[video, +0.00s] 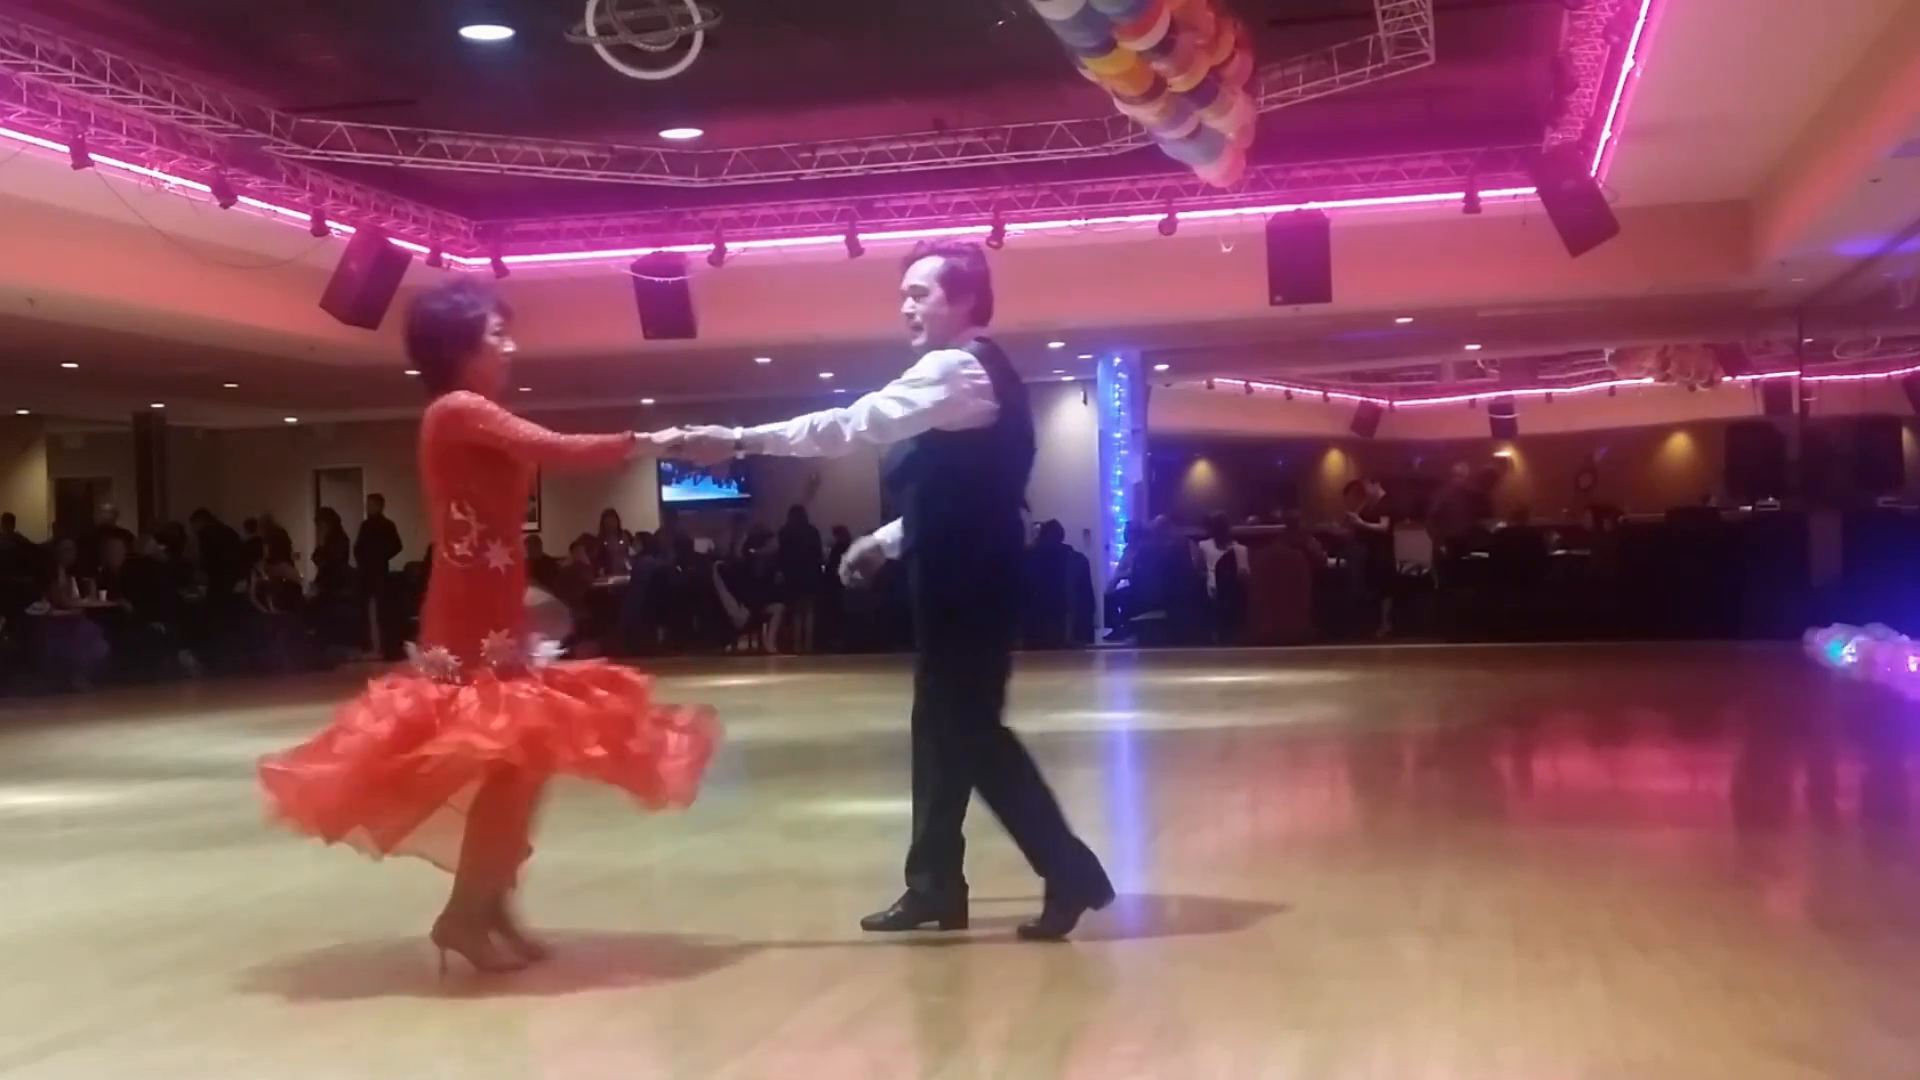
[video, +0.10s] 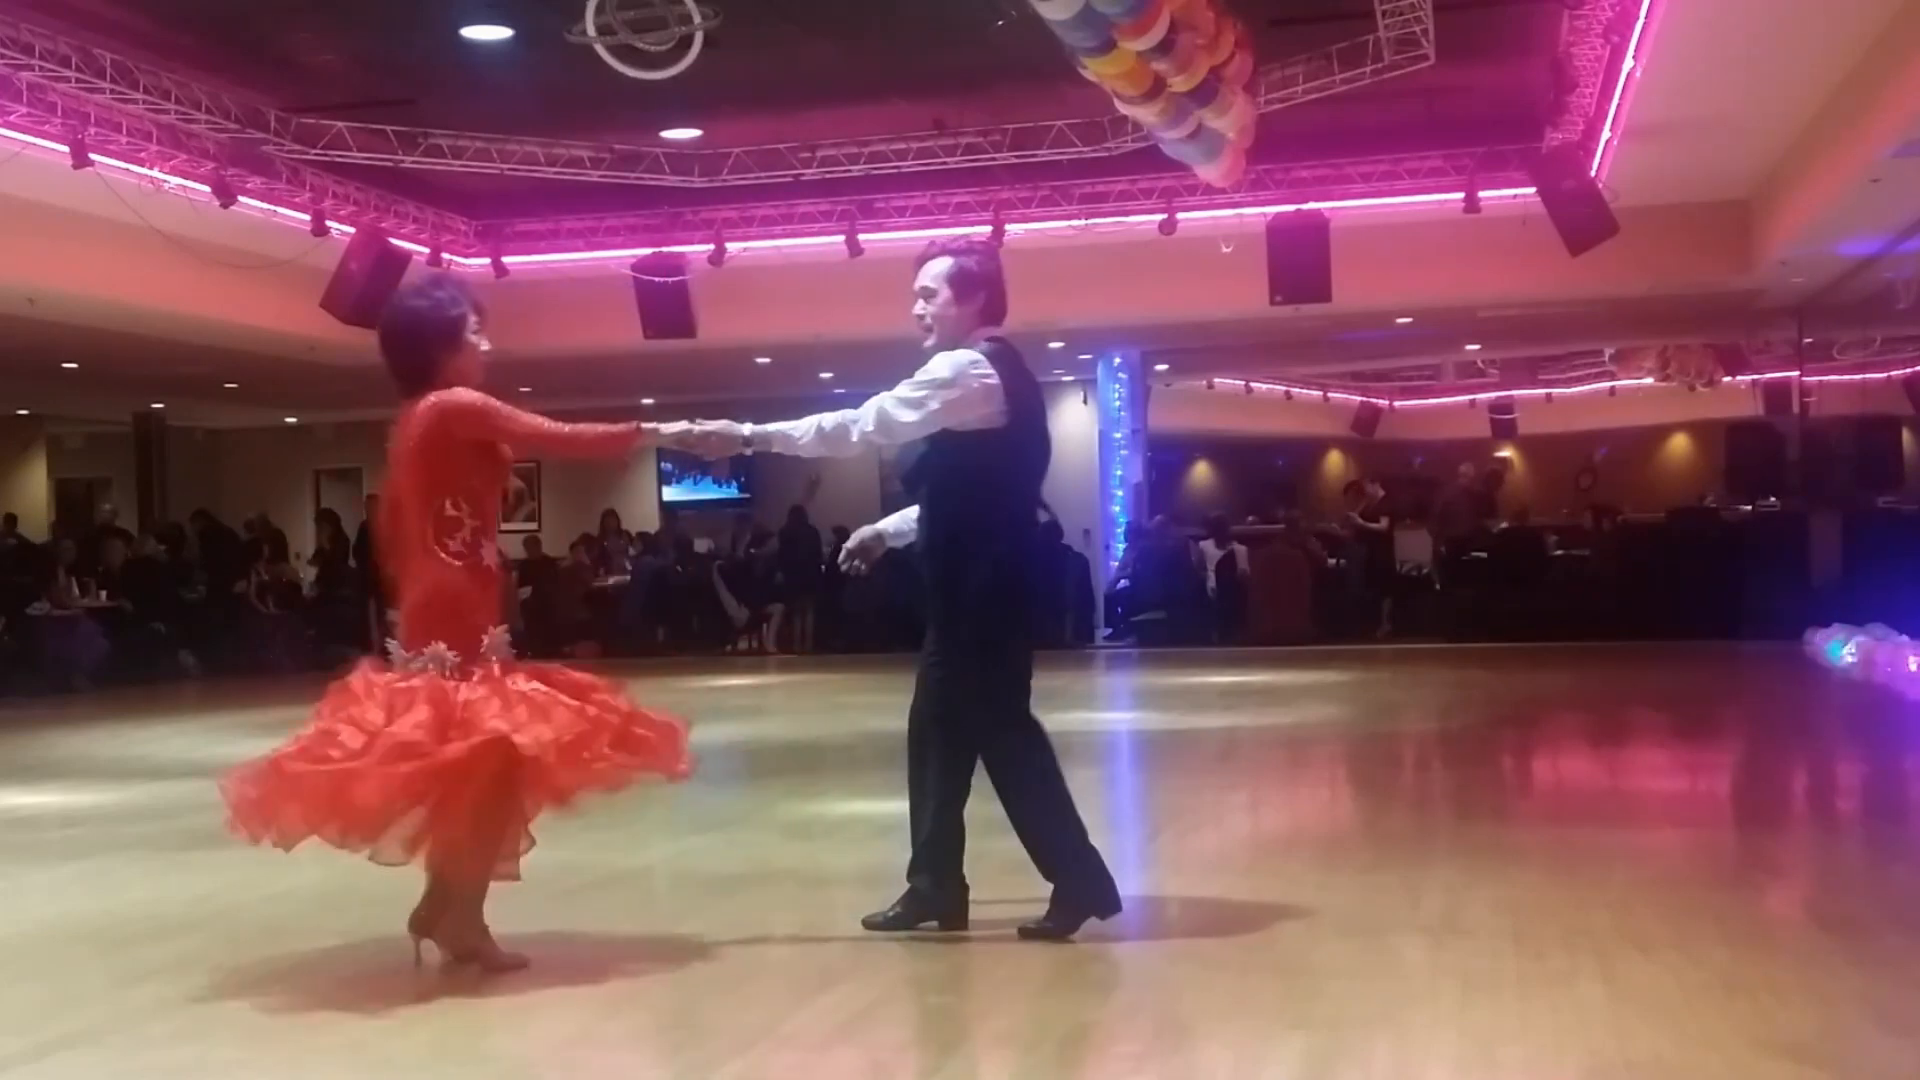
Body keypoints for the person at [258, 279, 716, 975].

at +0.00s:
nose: (510, 345)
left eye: (506, 332)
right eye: (498, 333)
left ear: (463, 344)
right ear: (461, 344)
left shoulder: (473, 413)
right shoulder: (458, 412)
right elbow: (557, 449)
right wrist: (655, 443)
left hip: (490, 607)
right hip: (474, 612)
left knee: (525, 754)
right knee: (511, 758)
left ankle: (492, 898)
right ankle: (464, 913)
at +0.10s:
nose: (486, 343)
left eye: (481, 330)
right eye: (475, 331)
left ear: (416, 348)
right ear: (447, 343)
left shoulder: (415, 420)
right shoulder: (457, 407)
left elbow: (389, 520)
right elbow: (564, 437)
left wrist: (412, 591)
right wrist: (665, 433)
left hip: (430, 608)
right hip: (460, 607)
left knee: (476, 760)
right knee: (490, 762)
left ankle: (445, 903)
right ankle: (460, 916)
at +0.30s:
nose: (462, 349)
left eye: (458, 337)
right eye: (455, 339)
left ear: (385, 357)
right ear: (435, 351)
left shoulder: (370, 426)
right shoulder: (461, 411)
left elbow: (307, 511)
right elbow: (565, 432)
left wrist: (248, 587)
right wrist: (667, 433)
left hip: (388, 584)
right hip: (446, 580)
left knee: (430, 747)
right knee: (476, 746)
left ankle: (441, 900)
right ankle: (472, 917)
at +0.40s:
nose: (467, 343)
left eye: (460, 330)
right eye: (456, 334)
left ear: (392, 356)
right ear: (437, 349)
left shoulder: (375, 428)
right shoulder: (462, 407)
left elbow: (314, 510)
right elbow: (571, 441)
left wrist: (250, 580)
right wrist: (678, 447)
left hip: (395, 582)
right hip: (452, 578)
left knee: (458, 749)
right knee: (493, 747)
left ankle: (475, 912)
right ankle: (471, 914)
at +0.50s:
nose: (485, 341)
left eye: (478, 328)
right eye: (474, 332)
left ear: (411, 355)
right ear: (450, 346)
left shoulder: (397, 429)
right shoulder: (472, 404)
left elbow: (349, 516)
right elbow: (566, 449)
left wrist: (299, 595)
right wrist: (666, 458)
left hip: (420, 581)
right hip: (469, 577)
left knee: (490, 744)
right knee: (483, 751)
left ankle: (522, 888)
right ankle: (472, 919)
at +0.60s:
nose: (514, 343)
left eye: (507, 330)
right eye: (501, 333)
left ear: (447, 354)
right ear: (473, 348)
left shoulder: (436, 424)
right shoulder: (486, 406)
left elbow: (399, 529)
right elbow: (562, 465)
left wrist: (390, 627)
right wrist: (667, 476)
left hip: (458, 591)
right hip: (491, 591)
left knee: (531, 743)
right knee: (506, 756)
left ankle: (543, 892)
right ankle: (482, 907)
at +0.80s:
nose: (573, 340)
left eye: (568, 328)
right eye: (560, 329)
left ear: (528, 343)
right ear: (524, 341)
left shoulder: (536, 410)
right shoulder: (517, 405)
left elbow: (528, 514)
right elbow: (501, 484)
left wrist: (594, 551)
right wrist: (579, 516)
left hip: (549, 597)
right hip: (533, 603)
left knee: (580, 745)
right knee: (572, 746)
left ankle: (571, 893)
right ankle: (559, 895)